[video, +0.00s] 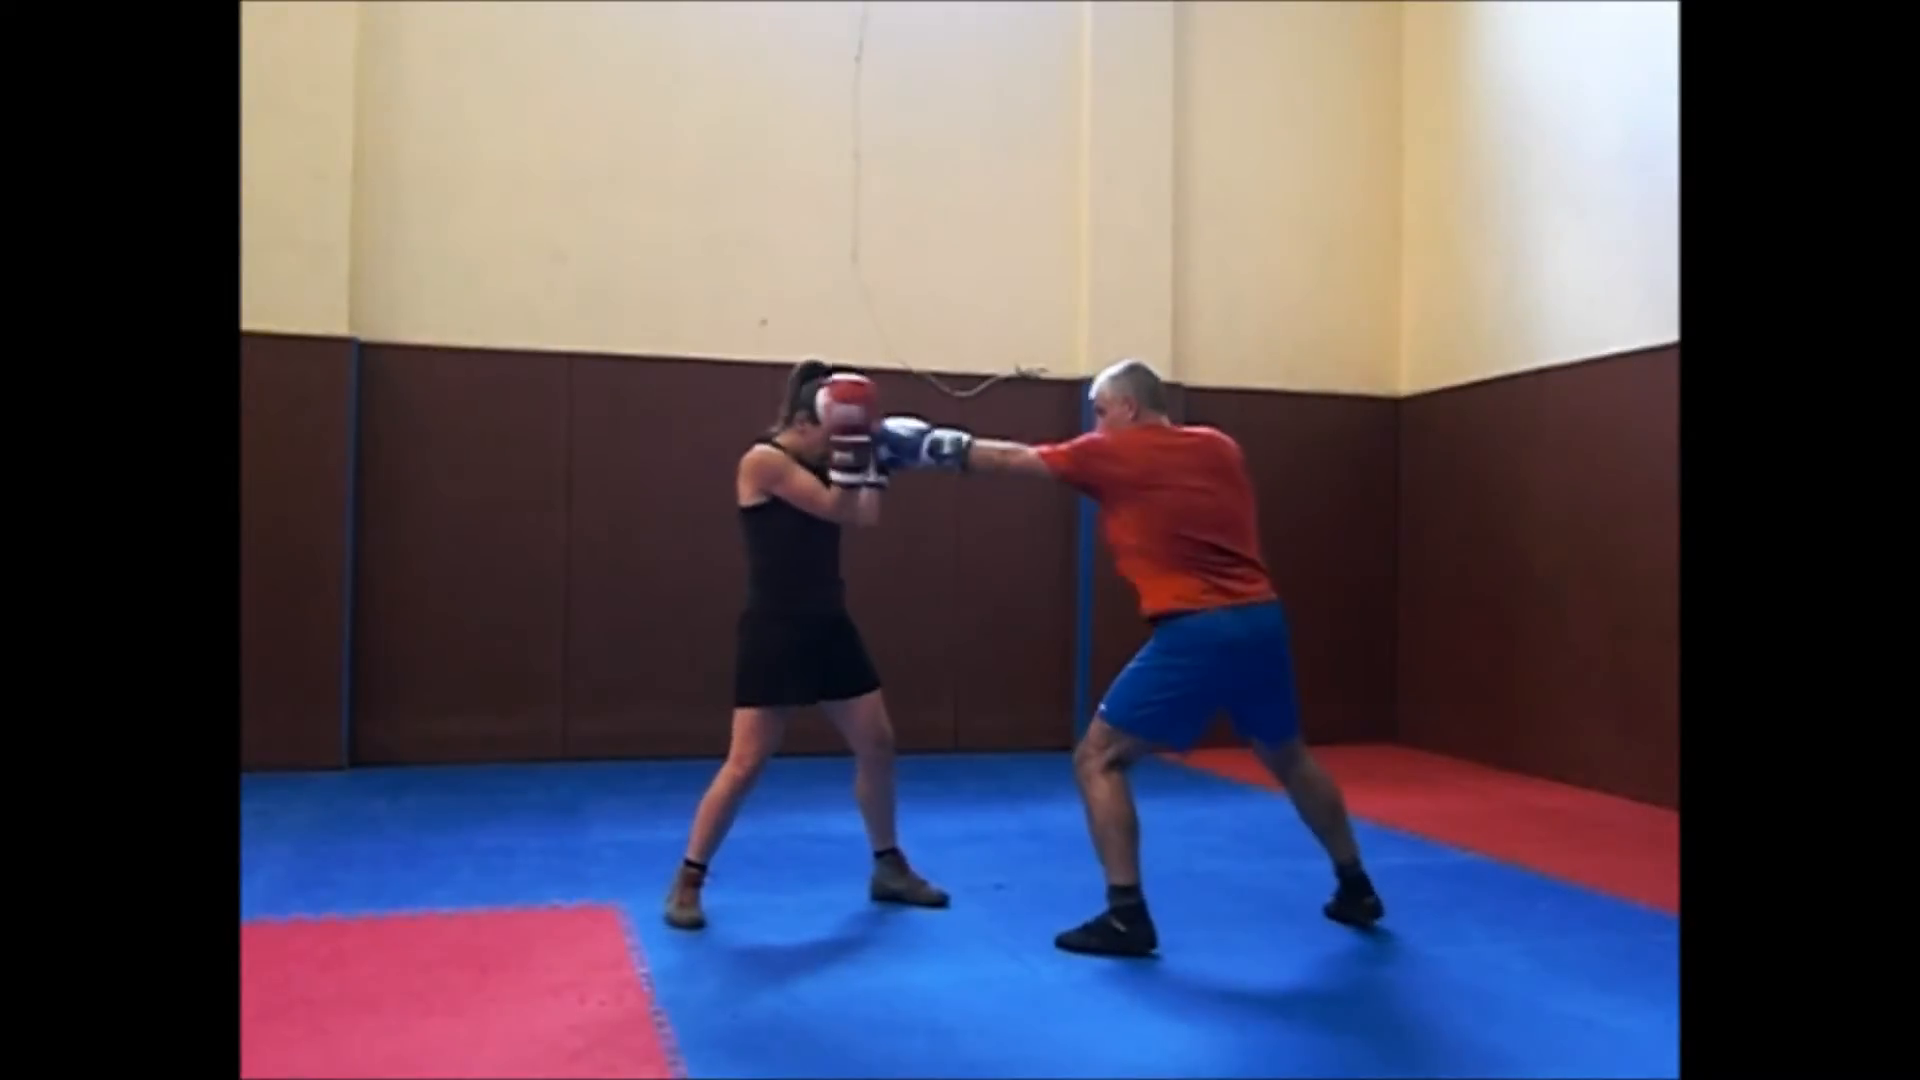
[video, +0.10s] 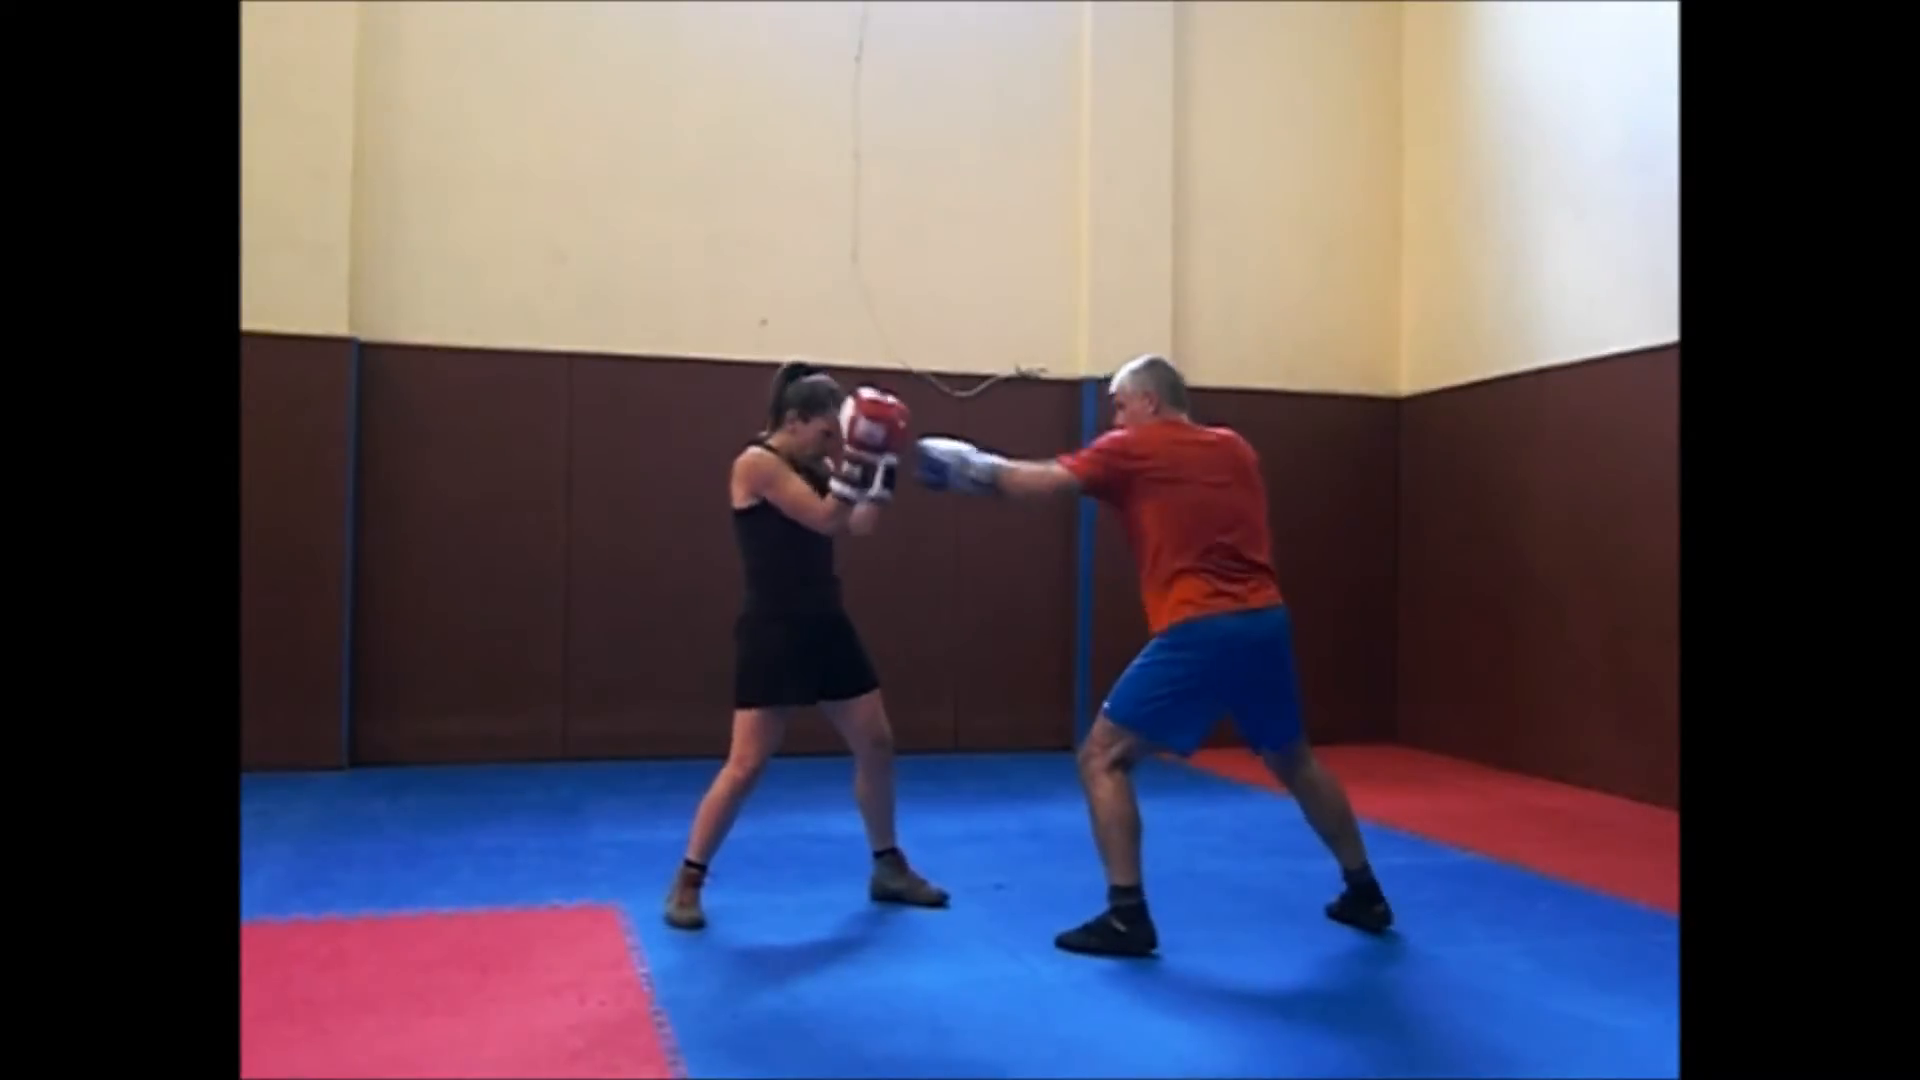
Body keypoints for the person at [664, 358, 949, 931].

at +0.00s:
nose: (837, 443)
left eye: (841, 433)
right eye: (830, 431)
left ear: (833, 428)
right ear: (802, 421)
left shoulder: (819, 466)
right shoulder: (763, 462)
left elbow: (867, 514)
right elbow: (838, 508)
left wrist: (868, 450)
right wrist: (855, 454)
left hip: (828, 628)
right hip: (773, 631)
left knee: (876, 742)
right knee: (746, 761)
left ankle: (889, 868)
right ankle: (688, 881)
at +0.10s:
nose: (830, 444)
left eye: (834, 434)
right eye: (825, 432)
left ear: (814, 426)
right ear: (794, 421)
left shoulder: (811, 472)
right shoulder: (757, 464)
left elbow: (863, 522)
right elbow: (825, 518)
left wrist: (877, 470)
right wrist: (853, 471)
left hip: (825, 629)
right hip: (771, 632)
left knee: (875, 742)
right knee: (747, 763)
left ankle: (889, 868)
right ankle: (688, 881)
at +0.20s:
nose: (838, 443)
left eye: (842, 432)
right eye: (831, 431)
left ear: (813, 427)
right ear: (797, 424)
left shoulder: (819, 474)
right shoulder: (758, 473)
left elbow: (857, 544)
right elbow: (815, 541)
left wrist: (880, 490)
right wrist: (853, 490)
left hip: (824, 636)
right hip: (771, 639)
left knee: (887, 743)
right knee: (749, 767)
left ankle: (889, 868)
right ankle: (688, 882)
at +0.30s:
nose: (853, 445)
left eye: (856, 434)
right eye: (847, 433)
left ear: (825, 431)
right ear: (811, 427)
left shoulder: (831, 484)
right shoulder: (771, 483)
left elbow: (858, 566)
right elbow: (812, 565)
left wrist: (885, 515)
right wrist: (854, 507)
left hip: (835, 643)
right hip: (779, 647)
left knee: (902, 746)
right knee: (753, 771)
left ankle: (891, 870)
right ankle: (688, 882)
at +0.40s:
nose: (868, 429)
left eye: (872, 420)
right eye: (863, 418)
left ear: (844, 417)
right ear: (829, 413)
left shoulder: (844, 467)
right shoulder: (787, 467)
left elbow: (876, 537)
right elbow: (832, 545)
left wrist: (906, 487)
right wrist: (873, 488)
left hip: (850, 627)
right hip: (796, 631)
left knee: (893, 743)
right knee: (764, 760)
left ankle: (891, 868)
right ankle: (697, 876)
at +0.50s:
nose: (877, 417)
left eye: (879, 407)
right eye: (871, 406)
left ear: (847, 405)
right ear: (841, 402)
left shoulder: (851, 456)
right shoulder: (802, 453)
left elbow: (903, 513)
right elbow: (865, 512)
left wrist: (931, 458)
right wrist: (899, 460)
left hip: (851, 617)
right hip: (800, 618)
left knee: (882, 741)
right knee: (786, 749)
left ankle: (890, 865)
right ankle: (730, 869)